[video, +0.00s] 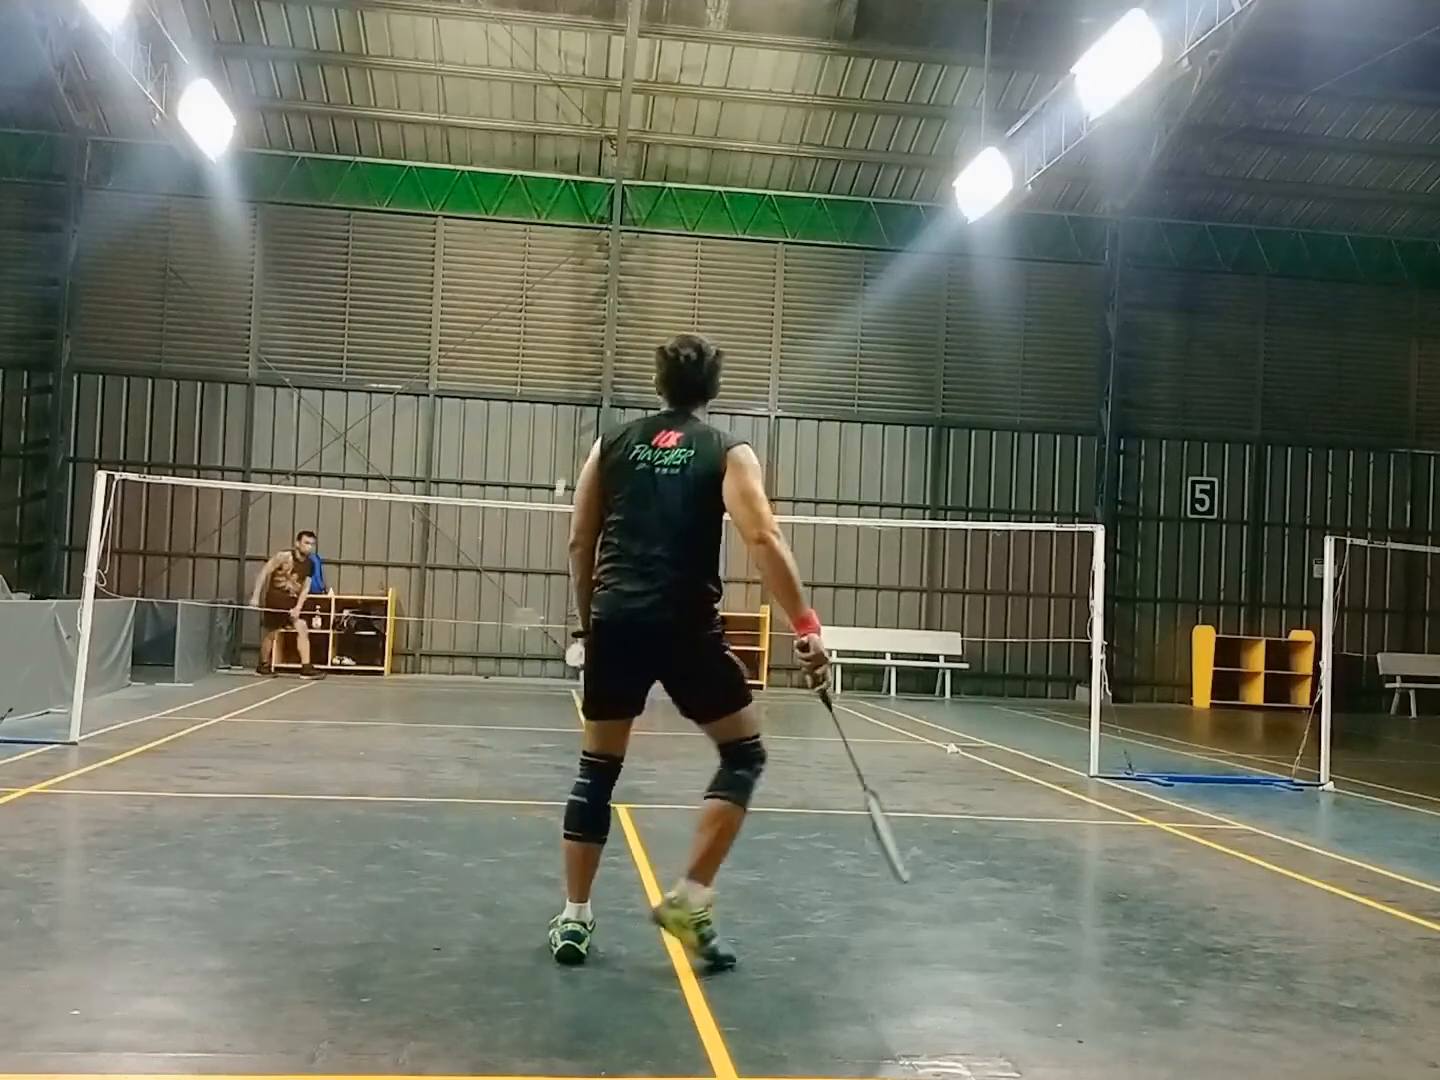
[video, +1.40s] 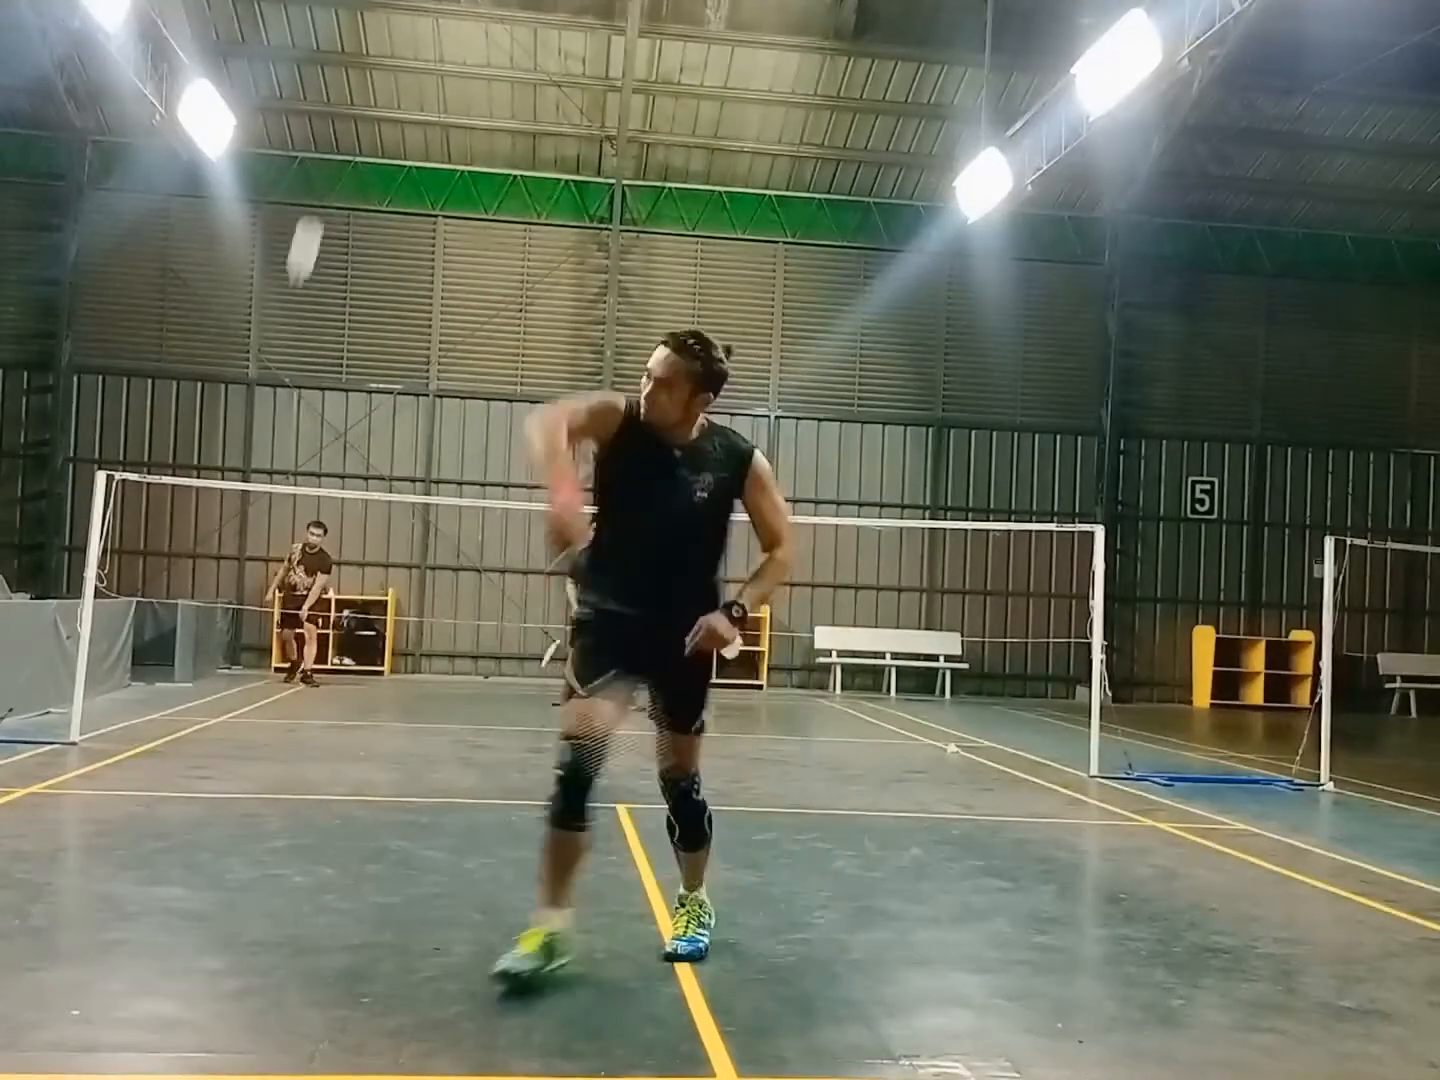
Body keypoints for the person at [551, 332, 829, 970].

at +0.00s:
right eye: (712, 386)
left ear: (659, 385)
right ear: (713, 390)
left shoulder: (611, 443)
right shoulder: (728, 451)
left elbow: (581, 539)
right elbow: (762, 538)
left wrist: (590, 617)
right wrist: (807, 629)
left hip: (612, 627)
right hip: (685, 630)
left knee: (596, 767)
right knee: (743, 753)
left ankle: (574, 915)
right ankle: (691, 895)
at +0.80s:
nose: (730, 415)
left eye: (733, 408)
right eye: (742, 409)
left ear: (738, 416)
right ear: (787, 426)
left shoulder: (695, 461)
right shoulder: (814, 485)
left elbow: (655, 548)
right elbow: (835, 585)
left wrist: (655, 631)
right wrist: (808, 647)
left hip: (706, 636)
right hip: (777, 642)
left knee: (684, 766)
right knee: (781, 770)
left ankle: (690, 905)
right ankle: (818, 913)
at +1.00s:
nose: (713, 393)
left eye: (719, 386)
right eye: (720, 385)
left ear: (730, 402)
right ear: (761, 414)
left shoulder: (706, 447)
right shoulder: (766, 468)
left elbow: (706, 536)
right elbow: (772, 561)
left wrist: (665, 604)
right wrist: (707, 612)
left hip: (732, 632)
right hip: (776, 629)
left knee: (672, 771)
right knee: (757, 764)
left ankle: (748, 903)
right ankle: (816, 906)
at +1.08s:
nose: (689, 374)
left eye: (698, 369)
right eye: (697, 366)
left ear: (714, 388)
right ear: (721, 393)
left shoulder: (726, 445)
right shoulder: (711, 448)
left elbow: (744, 543)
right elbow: (705, 551)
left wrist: (681, 606)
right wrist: (657, 604)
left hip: (738, 626)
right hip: (727, 624)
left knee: (695, 774)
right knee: (711, 767)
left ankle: (700, 911)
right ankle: (801, 875)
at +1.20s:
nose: (669, 382)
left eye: (681, 375)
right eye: (676, 372)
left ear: (708, 396)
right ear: (702, 397)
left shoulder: (751, 468)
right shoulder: (665, 465)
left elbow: (776, 566)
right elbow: (628, 546)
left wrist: (706, 634)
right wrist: (580, 593)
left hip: (732, 640)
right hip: (672, 632)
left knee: (692, 784)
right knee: (649, 780)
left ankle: (698, 912)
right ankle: (743, 855)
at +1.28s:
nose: (654, 388)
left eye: (669, 381)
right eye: (658, 377)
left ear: (704, 399)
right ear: (666, 389)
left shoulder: (751, 471)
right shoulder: (633, 447)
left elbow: (789, 569)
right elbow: (554, 497)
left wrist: (732, 634)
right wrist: (534, 558)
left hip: (715, 644)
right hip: (643, 634)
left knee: (689, 789)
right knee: (611, 772)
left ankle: (698, 909)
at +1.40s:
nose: (647, 390)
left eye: (663, 385)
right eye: (648, 378)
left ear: (698, 400)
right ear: (645, 377)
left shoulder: (735, 457)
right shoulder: (619, 418)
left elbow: (782, 551)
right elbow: (548, 421)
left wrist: (735, 613)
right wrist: (564, 493)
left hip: (685, 633)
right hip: (606, 620)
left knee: (679, 783)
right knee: (574, 768)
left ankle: (693, 903)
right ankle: (550, 926)